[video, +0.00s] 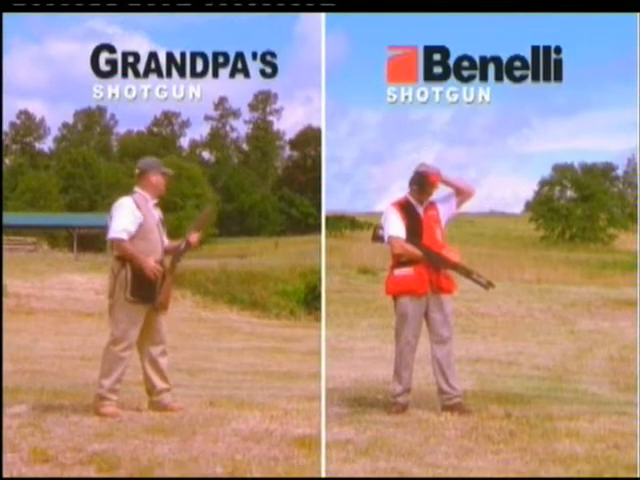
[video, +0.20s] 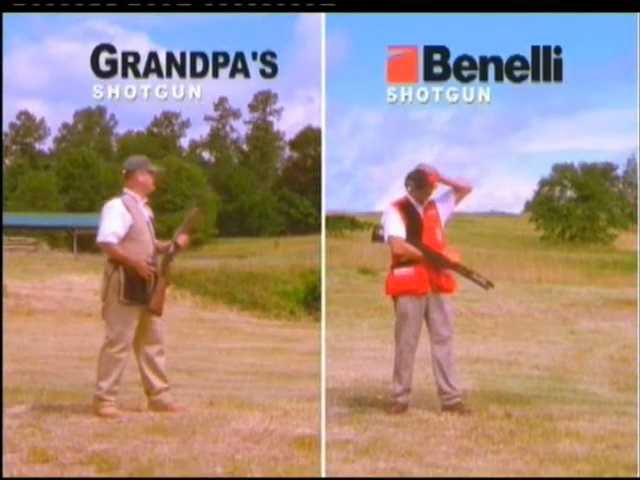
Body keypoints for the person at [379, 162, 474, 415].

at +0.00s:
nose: (431, 194)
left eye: (433, 190)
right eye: (429, 189)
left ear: (434, 189)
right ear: (417, 187)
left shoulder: (437, 209)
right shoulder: (395, 211)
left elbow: (467, 193)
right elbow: (397, 248)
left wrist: (441, 178)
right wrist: (432, 257)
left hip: (437, 281)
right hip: (409, 282)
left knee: (443, 340)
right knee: (406, 342)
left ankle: (450, 397)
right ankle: (401, 396)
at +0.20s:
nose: (430, 194)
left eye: (431, 190)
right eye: (426, 190)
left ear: (432, 189)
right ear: (413, 188)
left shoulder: (437, 208)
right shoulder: (395, 211)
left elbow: (464, 190)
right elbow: (397, 247)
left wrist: (439, 177)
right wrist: (434, 257)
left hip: (437, 281)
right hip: (409, 282)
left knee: (443, 340)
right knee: (406, 342)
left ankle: (450, 397)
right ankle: (400, 396)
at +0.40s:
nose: (428, 191)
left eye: (431, 186)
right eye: (424, 186)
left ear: (432, 187)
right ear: (411, 186)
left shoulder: (437, 207)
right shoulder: (395, 211)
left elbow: (463, 186)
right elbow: (397, 248)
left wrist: (438, 176)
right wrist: (434, 257)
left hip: (437, 281)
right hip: (409, 282)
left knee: (443, 340)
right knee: (406, 342)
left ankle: (450, 397)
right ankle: (400, 396)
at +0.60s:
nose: (428, 192)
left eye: (430, 188)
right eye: (424, 187)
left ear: (432, 187)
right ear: (411, 187)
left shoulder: (437, 207)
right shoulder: (395, 212)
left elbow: (463, 185)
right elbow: (398, 248)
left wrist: (437, 175)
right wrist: (435, 257)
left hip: (437, 281)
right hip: (409, 282)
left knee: (443, 340)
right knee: (406, 342)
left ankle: (451, 397)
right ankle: (400, 396)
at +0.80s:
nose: (430, 192)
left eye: (432, 188)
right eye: (426, 187)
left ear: (434, 186)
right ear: (413, 186)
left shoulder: (437, 207)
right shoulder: (394, 212)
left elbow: (463, 185)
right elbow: (397, 249)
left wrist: (439, 173)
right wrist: (434, 258)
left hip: (437, 281)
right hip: (409, 282)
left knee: (443, 340)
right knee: (406, 343)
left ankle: (451, 397)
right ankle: (401, 396)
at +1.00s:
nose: (434, 184)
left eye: (436, 178)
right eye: (429, 178)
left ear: (437, 181)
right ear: (415, 180)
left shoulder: (438, 207)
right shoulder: (395, 211)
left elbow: (464, 187)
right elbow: (396, 248)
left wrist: (442, 168)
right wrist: (432, 259)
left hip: (437, 279)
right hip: (409, 282)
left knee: (443, 341)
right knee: (406, 342)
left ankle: (451, 397)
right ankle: (401, 396)